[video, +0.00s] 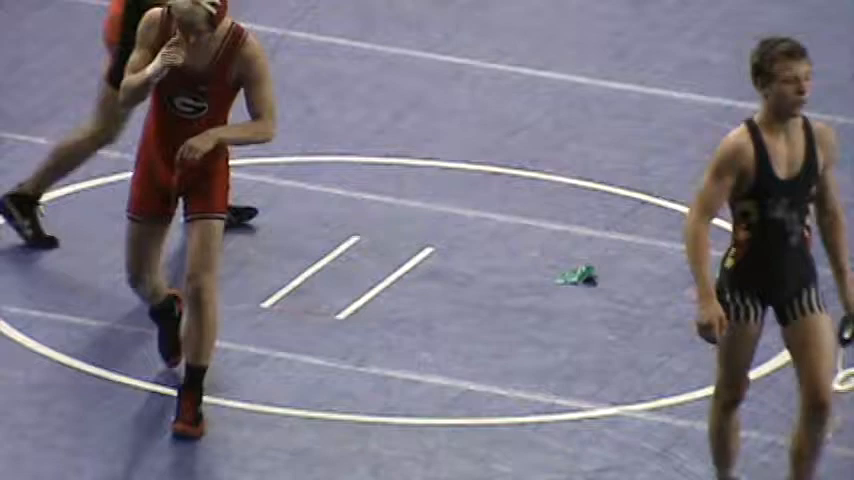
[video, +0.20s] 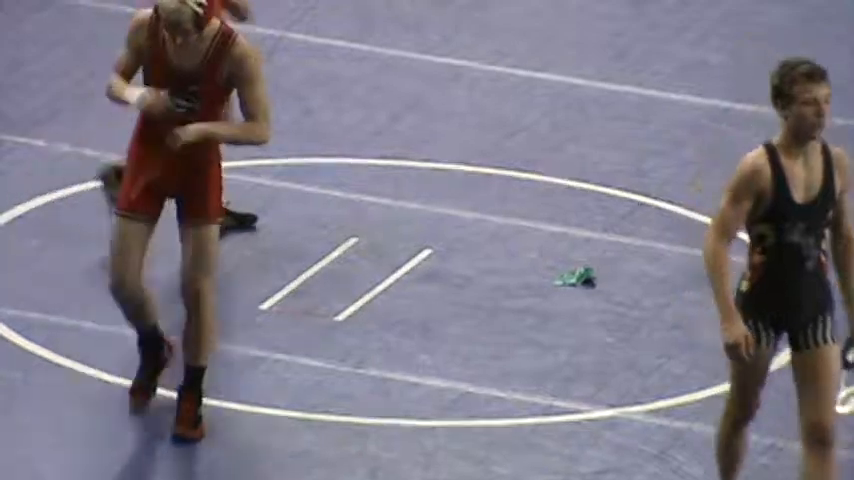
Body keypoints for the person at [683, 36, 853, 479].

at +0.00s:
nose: (802, 88)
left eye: (806, 79)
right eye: (790, 81)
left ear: (810, 80)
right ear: (763, 85)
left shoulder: (821, 138)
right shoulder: (739, 146)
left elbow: (830, 212)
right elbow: (698, 219)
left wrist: (845, 284)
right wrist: (705, 297)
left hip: (799, 275)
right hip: (746, 278)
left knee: (820, 398)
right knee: (730, 394)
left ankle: (802, 475)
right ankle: (725, 474)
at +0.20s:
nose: (821, 110)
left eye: (825, 100)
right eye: (810, 102)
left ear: (831, 103)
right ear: (783, 108)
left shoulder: (837, 162)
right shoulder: (758, 168)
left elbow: (843, 239)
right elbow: (717, 242)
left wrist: (849, 308)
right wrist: (729, 318)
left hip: (815, 303)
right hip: (762, 302)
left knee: (822, 432)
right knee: (742, 410)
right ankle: (727, 477)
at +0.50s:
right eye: (850, 184)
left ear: (850, 188)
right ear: (825, 187)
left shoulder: (849, 246)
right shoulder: (797, 251)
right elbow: (758, 321)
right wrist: (756, 404)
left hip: (850, 389)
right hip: (809, 390)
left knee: (843, 472)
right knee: (815, 472)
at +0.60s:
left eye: (853, 196)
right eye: (852, 196)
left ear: (841, 200)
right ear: (835, 201)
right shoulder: (807, 264)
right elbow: (765, 335)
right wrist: (759, 420)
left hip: (849, 398)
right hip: (820, 399)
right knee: (827, 471)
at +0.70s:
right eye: (851, 216)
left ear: (843, 217)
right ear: (843, 217)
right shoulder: (820, 283)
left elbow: (777, 355)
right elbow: (777, 354)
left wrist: (768, 436)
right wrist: (769, 437)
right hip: (833, 417)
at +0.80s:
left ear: (844, 231)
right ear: (845, 231)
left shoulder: (830, 300)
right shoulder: (828, 301)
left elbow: (786, 373)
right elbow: (786, 373)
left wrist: (778, 452)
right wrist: (779, 453)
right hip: (840, 438)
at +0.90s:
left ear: (847, 242)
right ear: (848, 243)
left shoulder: (838, 313)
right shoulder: (837, 314)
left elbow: (804, 389)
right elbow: (803, 389)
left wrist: (806, 467)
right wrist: (806, 469)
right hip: (847, 451)